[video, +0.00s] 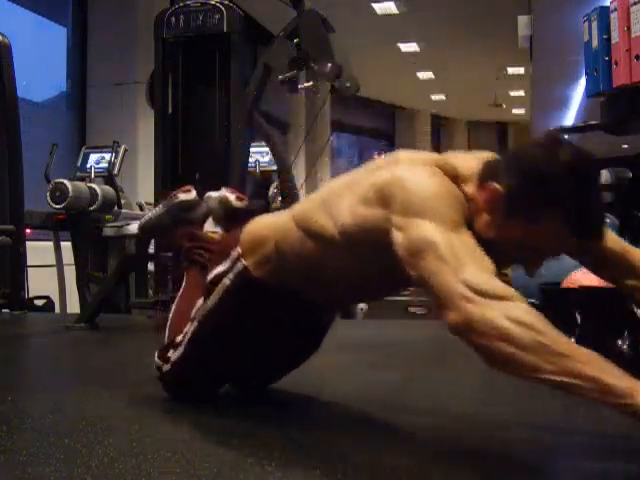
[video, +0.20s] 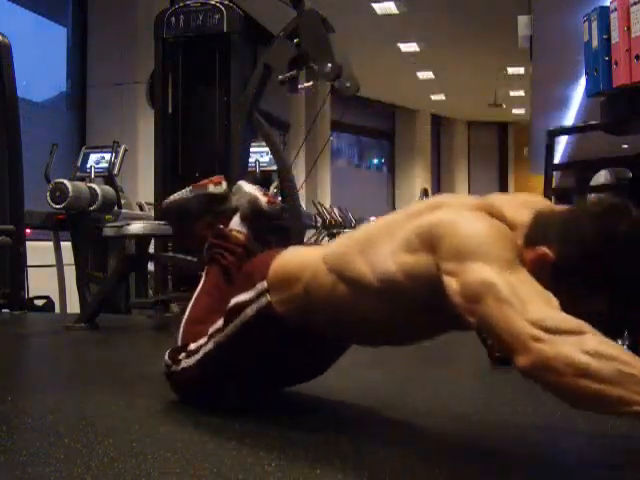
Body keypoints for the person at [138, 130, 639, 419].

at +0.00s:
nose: (527, 264)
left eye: (543, 255)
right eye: (529, 249)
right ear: (494, 204)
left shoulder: (520, 184)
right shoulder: (418, 190)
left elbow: (622, 264)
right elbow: (483, 316)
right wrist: (628, 391)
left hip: (317, 302)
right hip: (261, 282)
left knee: (244, 382)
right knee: (179, 377)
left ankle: (233, 248)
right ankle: (200, 259)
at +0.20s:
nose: (555, 302)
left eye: (583, 309)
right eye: (564, 296)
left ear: (545, 249)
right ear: (541, 259)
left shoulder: (540, 217)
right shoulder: (469, 239)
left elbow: (569, 325)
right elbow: (540, 353)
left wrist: (633, 375)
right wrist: (639, 393)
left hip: (330, 316)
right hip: (283, 303)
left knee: (249, 376)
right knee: (185, 372)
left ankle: (254, 246)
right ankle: (226, 250)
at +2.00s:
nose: (425, 226)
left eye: (438, 221)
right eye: (425, 215)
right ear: (395, 171)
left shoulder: (423, 153)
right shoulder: (329, 150)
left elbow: (503, 231)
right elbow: (344, 266)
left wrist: (577, 314)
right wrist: (452, 361)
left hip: (274, 258)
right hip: (209, 246)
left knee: (225, 375)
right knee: (177, 375)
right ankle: (161, 252)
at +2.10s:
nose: (448, 243)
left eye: (461, 237)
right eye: (447, 232)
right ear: (417, 188)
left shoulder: (443, 164)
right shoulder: (348, 166)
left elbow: (527, 240)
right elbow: (382, 285)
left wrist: (601, 306)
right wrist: (498, 369)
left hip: (283, 273)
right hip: (222, 255)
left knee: (224, 378)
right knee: (178, 377)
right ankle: (180, 241)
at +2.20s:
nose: (472, 269)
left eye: (486, 263)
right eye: (473, 256)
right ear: (445, 211)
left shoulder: (466, 180)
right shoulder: (376, 188)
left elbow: (555, 250)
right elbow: (416, 305)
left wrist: (624, 303)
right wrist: (551, 385)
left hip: (295, 289)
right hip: (238, 274)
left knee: (230, 374)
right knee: (180, 371)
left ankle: (216, 242)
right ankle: (188, 256)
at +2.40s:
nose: (511, 302)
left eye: (527, 299)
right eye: (518, 293)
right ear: (497, 251)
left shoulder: (513, 209)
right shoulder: (423, 222)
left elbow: (620, 275)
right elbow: (486, 338)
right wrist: (632, 403)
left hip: (311, 314)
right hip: (259, 301)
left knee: (234, 374)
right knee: (186, 371)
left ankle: (241, 262)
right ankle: (209, 263)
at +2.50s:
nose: (551, 333)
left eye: (560, 327)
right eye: (549, 320)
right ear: (511, 275)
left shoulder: (529, 227)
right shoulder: (442, 246)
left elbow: (620, 274)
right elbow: (510, 359)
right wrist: (638, 405)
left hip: (316, 321)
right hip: (268, 313)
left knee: (241, 376)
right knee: (187, 369)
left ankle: (242, 264)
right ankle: (216, 268)